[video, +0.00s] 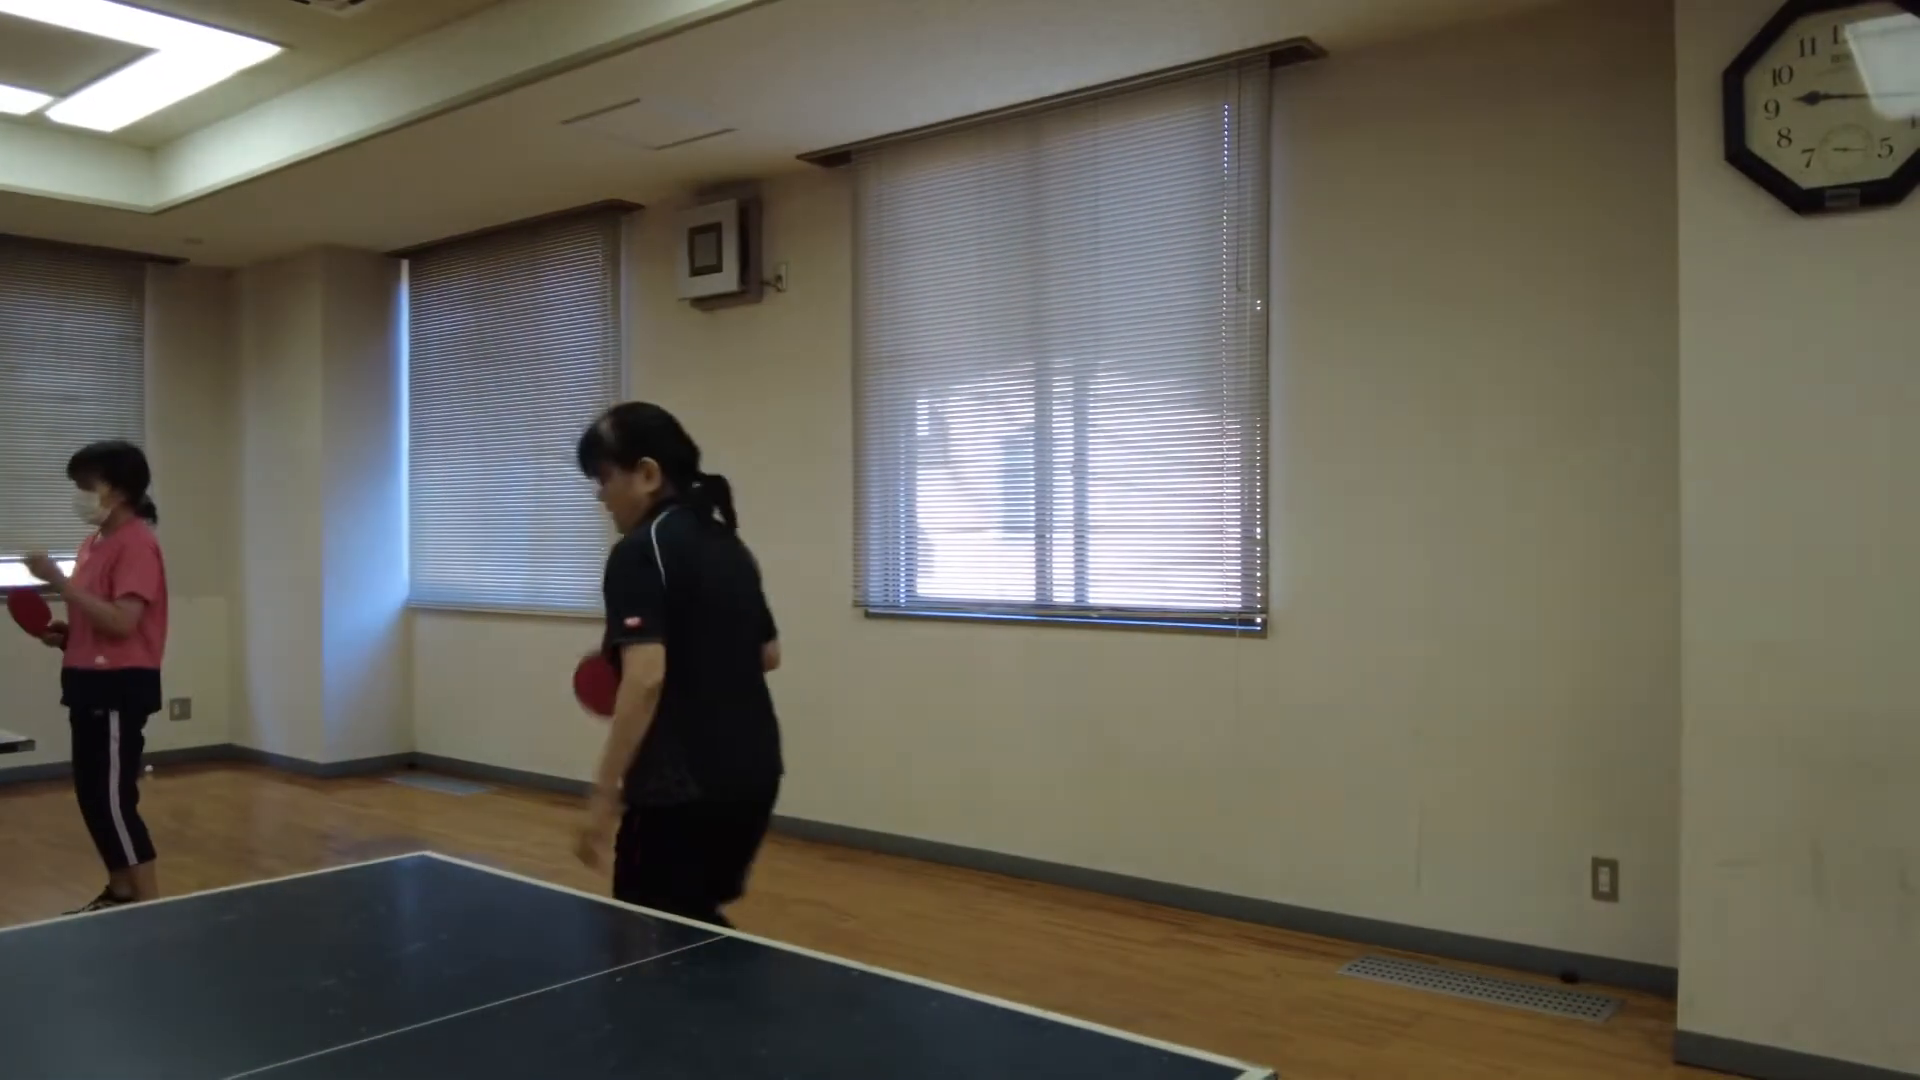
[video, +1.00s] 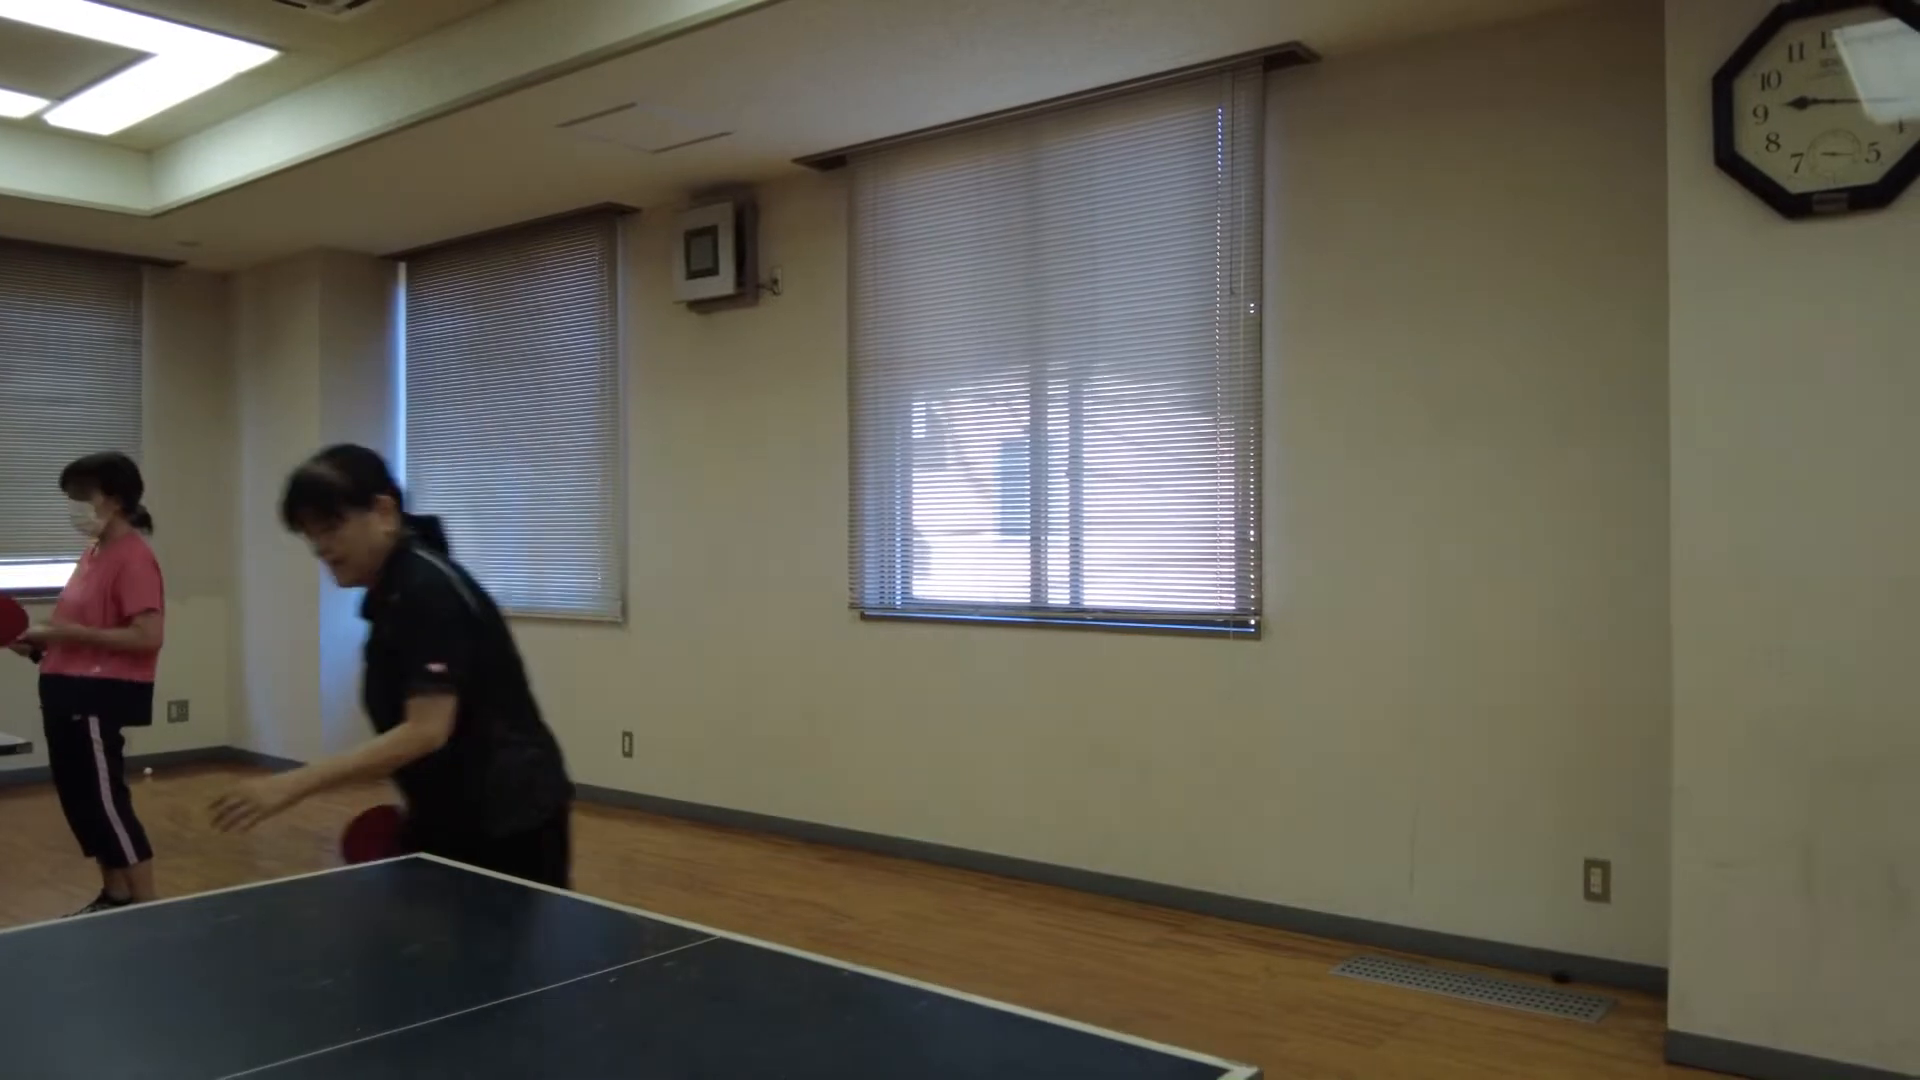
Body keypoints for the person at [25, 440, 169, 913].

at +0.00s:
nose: (78, 497)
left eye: (87, 488)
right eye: (78, 488)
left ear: (116, 490)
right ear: (103, 492)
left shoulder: (137, 541)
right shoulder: (96, 542)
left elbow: (124, 621)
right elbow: (97, 626)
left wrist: (60, 582)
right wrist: (61, 632)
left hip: (122, 687)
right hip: (90, 684)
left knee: (113, 799)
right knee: (91, 794)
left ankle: (150, 906)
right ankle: (122, 890)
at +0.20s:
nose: (85, 499)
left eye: (94, 489)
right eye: (85, 490)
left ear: (125, 493)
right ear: (106, 496)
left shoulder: (142, 543)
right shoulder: (104, 542)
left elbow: (91, 602)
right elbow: (96, 621)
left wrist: (74, 538)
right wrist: (62, 634)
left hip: (115, 678)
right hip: (82, 677)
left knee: (113, 795)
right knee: (87, 791)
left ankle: (149, 906)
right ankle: (120, 892)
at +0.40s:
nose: (89, 505)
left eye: (98, 495)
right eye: (87, 496)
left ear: (130, 498)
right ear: (97, 501)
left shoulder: (146, 549)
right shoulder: (104, 549)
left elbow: (86, 595)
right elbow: (93, 635)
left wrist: (83, 533)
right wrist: (52, 635)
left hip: (107, 679)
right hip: (72, 678)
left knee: (110, 794)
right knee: (82, 790)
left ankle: (148, 905)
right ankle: (119, 892)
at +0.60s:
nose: (86, 508)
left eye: (95, 497)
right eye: (85, 499)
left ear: (127, 501)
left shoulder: (146, 552)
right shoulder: (104, 552)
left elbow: (93, 603)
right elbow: (84, 625)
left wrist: (90, 541)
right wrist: (49, 633)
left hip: (104, 685)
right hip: (68, 683)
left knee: (108, 797)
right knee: (80, 793)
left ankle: (148, 907)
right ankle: (117, 894)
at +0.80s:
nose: (81, 507)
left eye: (91, 497)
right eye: (79, 498)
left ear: (122, 500)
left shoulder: (141, 555)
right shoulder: (95, 554)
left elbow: (121, 631)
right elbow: (85, 641)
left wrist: (77, 577)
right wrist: (40, 641)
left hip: (101, 694)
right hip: (67, 690)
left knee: (108, 800)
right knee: (79, 796)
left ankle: (147, 908)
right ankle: (117, 895)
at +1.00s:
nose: (73, 509)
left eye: (82, 498)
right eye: (72, 499)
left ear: (113, 500)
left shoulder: (135, 554)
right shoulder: (96, 552)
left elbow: (148, 636)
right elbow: (87, 627)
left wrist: (67, 633)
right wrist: (40, 644)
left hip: (100, 693)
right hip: (68, 690)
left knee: (108, 800)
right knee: (81, 797)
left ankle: (146, 908)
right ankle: (116, 896)